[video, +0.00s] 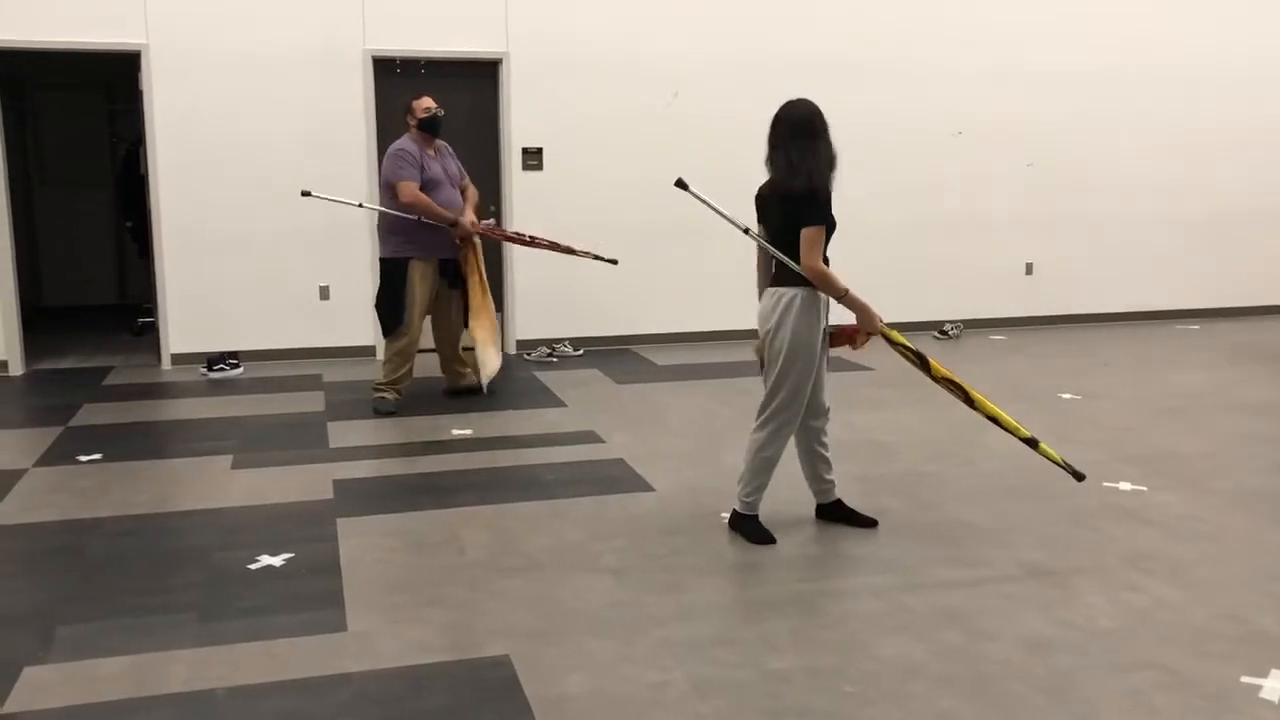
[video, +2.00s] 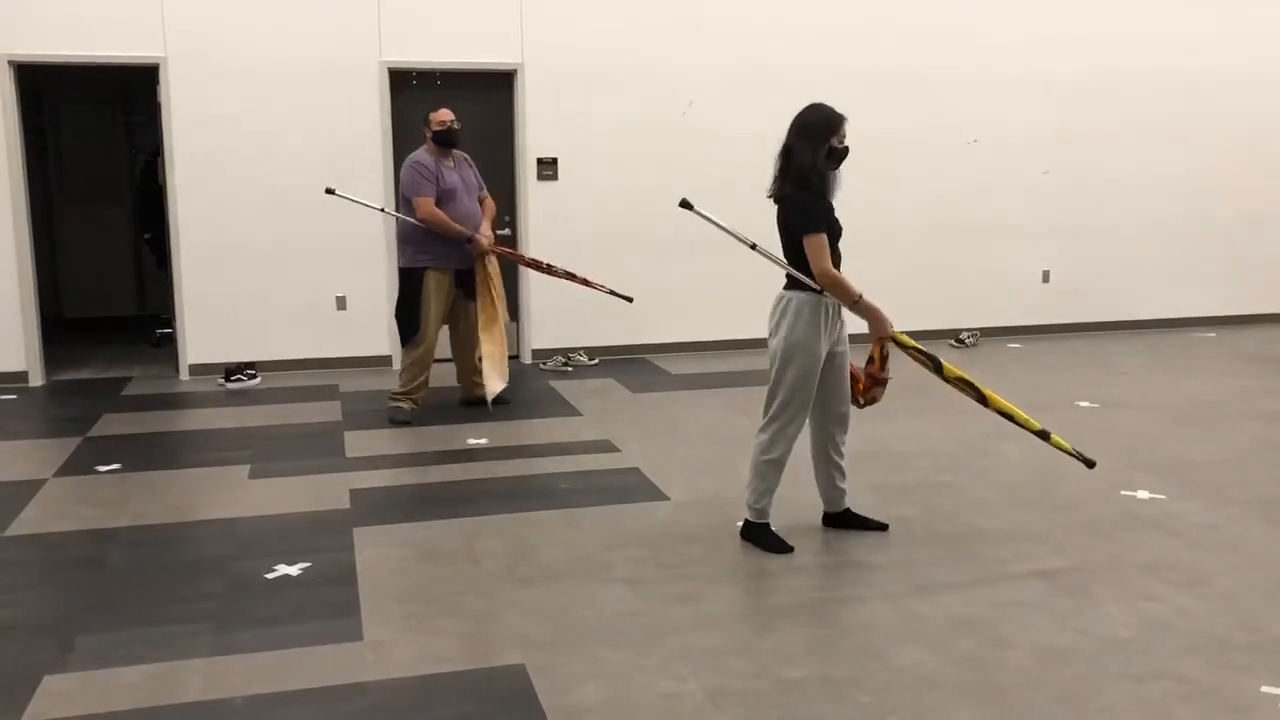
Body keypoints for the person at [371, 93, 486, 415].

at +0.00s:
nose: (434, 115)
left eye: (437, 110)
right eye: (426, 111)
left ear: (441, 116)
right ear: (411, 119)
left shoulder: (444, 150)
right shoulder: (401, 151)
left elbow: (470, 189)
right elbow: (408, 197)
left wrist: (467, 214)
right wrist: (455, 220)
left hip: (448, 251)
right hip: (410, 254)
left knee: (451, 321)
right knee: (405, 327)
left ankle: (459, 379)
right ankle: (388, 390)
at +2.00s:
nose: (450, 129)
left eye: (454, 124)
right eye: (443, 125)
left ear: (459, 128)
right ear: (428, 131)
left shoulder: (464, 161)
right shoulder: (417, 163)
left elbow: (488, 201)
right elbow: (425, 211)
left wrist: (485, 227)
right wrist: (469, 236)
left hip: (466, 262)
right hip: (427, 265)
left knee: (470, 331)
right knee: (422, 338)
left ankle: (475, 391)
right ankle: (404, 401)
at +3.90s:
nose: (456, 120)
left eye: (458, 116)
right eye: (449, 116)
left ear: (461, 123)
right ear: (432, 123)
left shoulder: (457, 155)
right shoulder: (420, 154)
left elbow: (478, 197)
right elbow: (428, 202)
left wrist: (487, 180)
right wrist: (472, 230)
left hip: (466, 254)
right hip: (430, 257)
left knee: (472, 322)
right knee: (427, 331)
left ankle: (479, 381)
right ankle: (408, 393)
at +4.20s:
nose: (452, 119)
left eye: (454, 114)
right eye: (444, 115)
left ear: (456, 120)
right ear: (426, 121)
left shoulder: (452, 150)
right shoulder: (415, 153)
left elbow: (464, 192)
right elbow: (423, 201)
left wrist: (490, 207)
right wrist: (467, 227)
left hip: (464, 251)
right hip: (427, 256)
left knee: (472, 319)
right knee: (424, 328)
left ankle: (478, 380)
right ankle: (407, 392)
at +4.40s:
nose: (450, 118)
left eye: (453, 113)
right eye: (443, 114)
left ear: (455, 119)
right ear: (425, 121)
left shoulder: (451, 148)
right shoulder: (414, 152)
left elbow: (460, 197)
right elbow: (421, 201)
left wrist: (476, 238)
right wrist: (465, 228)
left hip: (464, 251)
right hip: (428, 256)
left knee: (473, 319)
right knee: (424, 328)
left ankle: (479, 379)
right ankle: (407, 392)